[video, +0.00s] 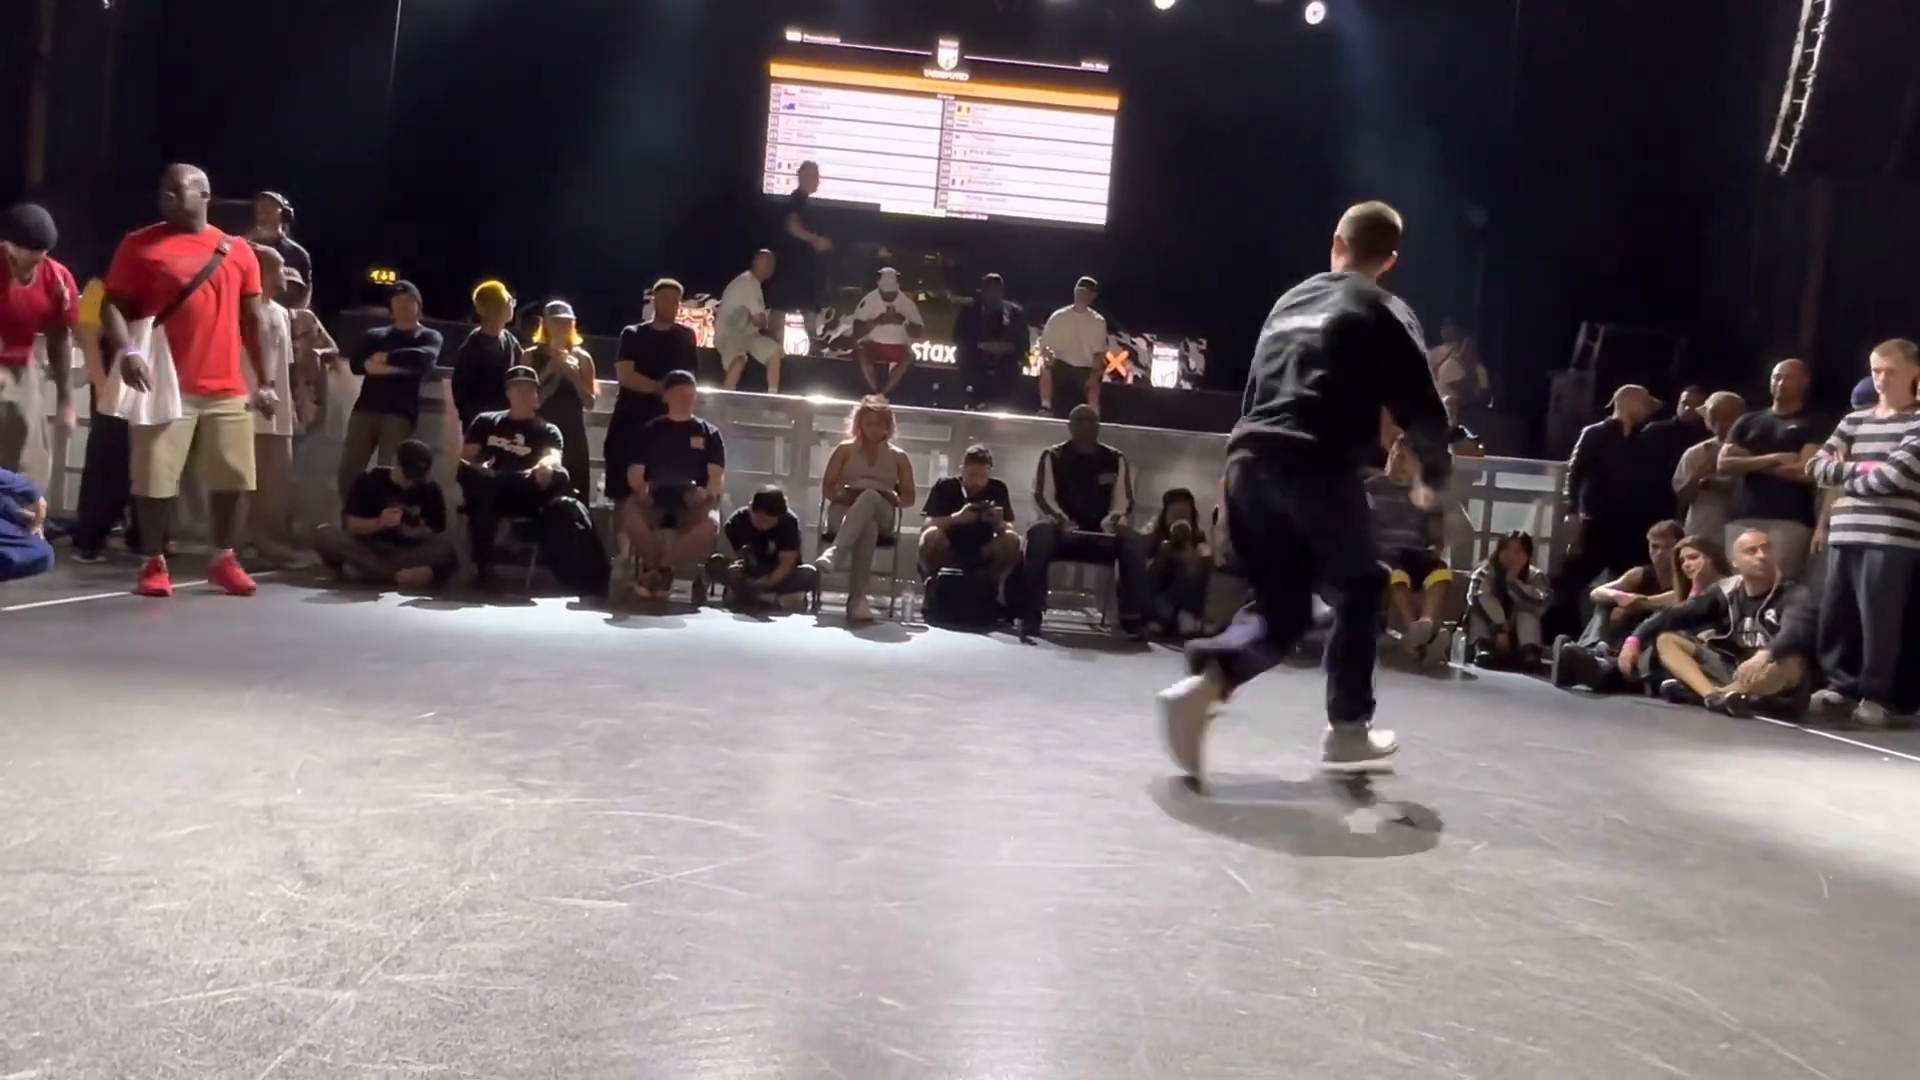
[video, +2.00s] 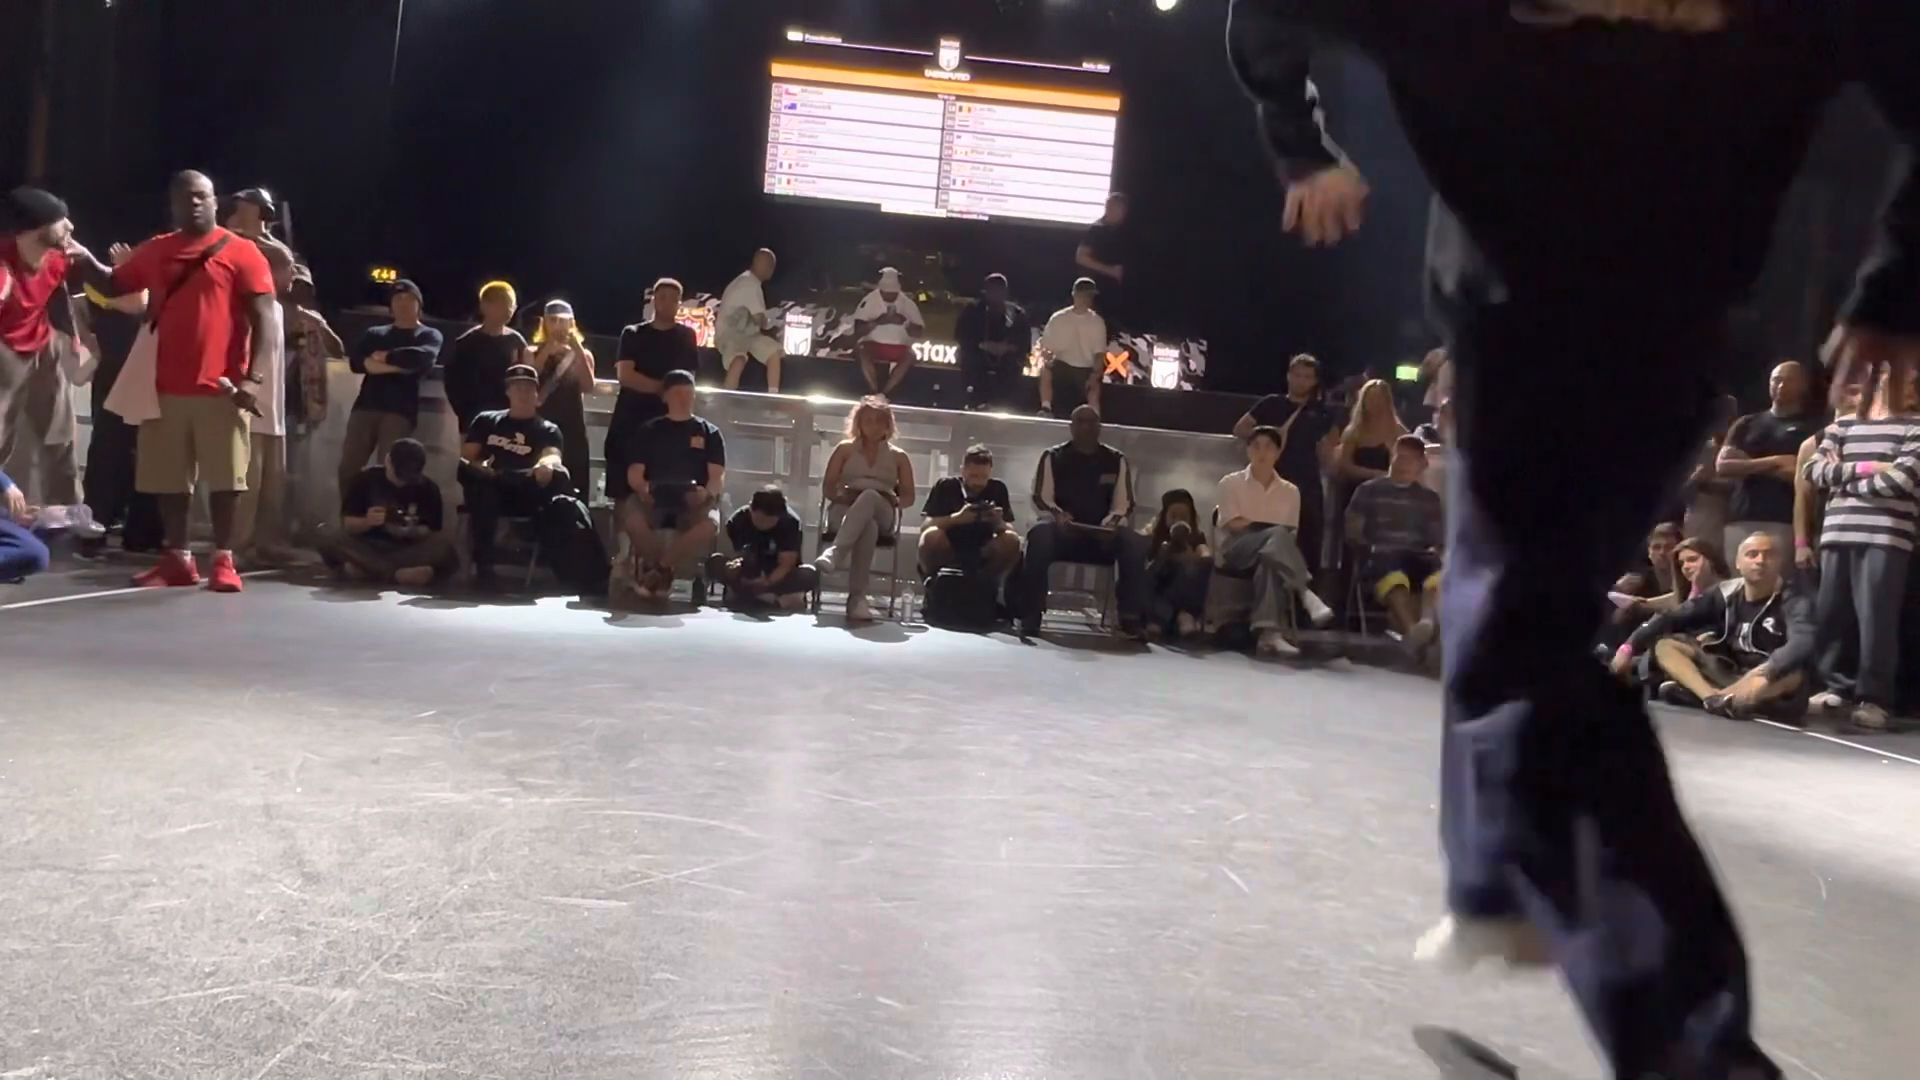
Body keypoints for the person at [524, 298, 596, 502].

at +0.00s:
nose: (562, 326)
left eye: (567, 321)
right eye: (556, 320)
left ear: (573, 324)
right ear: (545, 323)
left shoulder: (583, 358)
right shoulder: (531, 356)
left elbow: (589, 402)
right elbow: (529, 400)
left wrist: (573, 374)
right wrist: (553, 370)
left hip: (572, 431)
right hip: (540, 431)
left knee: (576, 492)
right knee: (538, 492)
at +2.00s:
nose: (558, 326)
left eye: (564, 320)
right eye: (553, 320)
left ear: (571, 323)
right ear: (544, 323)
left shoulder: (583, 355)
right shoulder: (532, 352)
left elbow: (588, 386)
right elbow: (526, 383)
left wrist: (577, 351)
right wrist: (545, 354)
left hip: (571, 424)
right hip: (540, 423)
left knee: (576, 481)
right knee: (539, 479)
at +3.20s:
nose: (551, 332)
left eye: (557, 327)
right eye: (545, 327)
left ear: (565, 330)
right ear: (537, 330)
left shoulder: (574, 360)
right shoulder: (526, 359)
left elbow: (580, 391)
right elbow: (520, 389)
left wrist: (569, 350)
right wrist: (538, 360)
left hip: (564, 430)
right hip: (534, 429)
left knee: (570, 488)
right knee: (533, 487)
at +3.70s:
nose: (541, 333)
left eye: (547, 329)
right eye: (535, 329)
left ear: (555, 335)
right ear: (526, 335)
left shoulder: (563, 366)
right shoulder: (515, 365)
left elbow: (570, 393)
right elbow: (510, 392)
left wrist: (558, 355)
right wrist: (532, 360)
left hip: (555, 439)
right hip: (523, 438)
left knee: (560, 497)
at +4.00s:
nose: (535, 350)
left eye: (539, 345)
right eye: (529, 345)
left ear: (546, 347)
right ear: (518, 346)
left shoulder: (552, 375)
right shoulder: (508, 374)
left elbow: (564, 394)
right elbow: (496, 397)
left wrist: (551, 358)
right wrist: (518, 364)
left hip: (548, 449)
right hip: (516, 449)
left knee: (553, 511)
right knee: (516, 510)